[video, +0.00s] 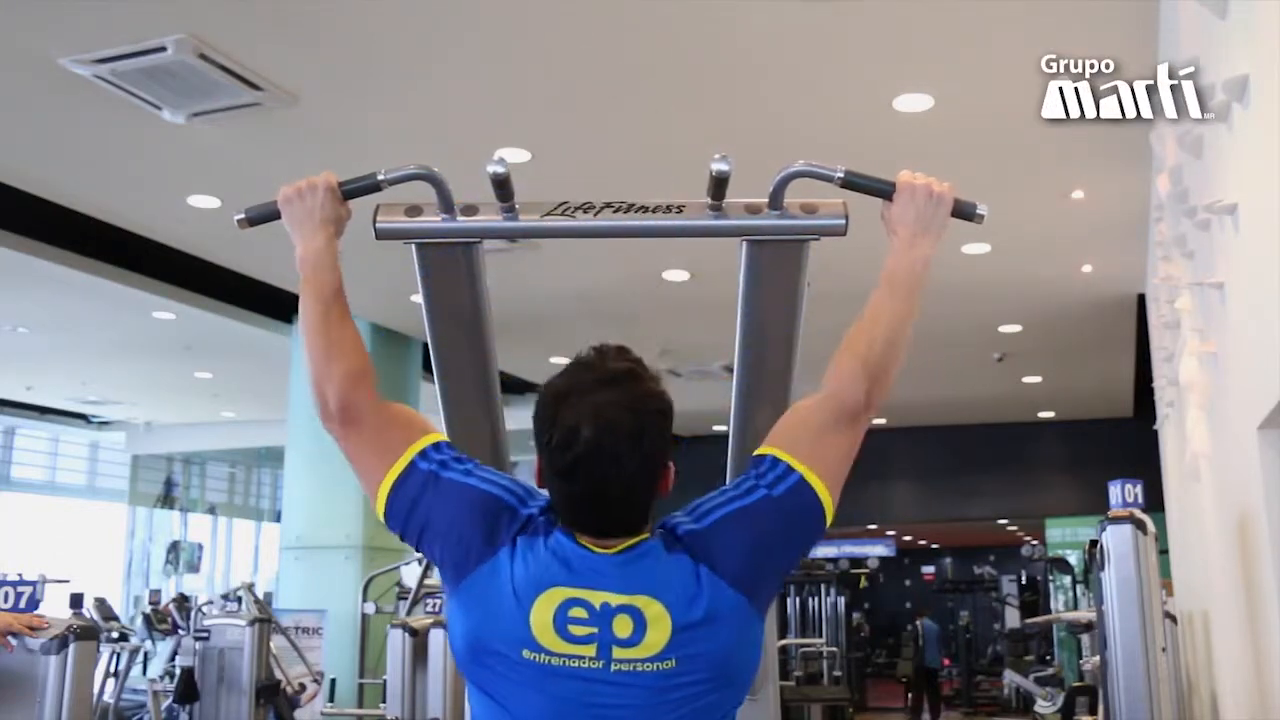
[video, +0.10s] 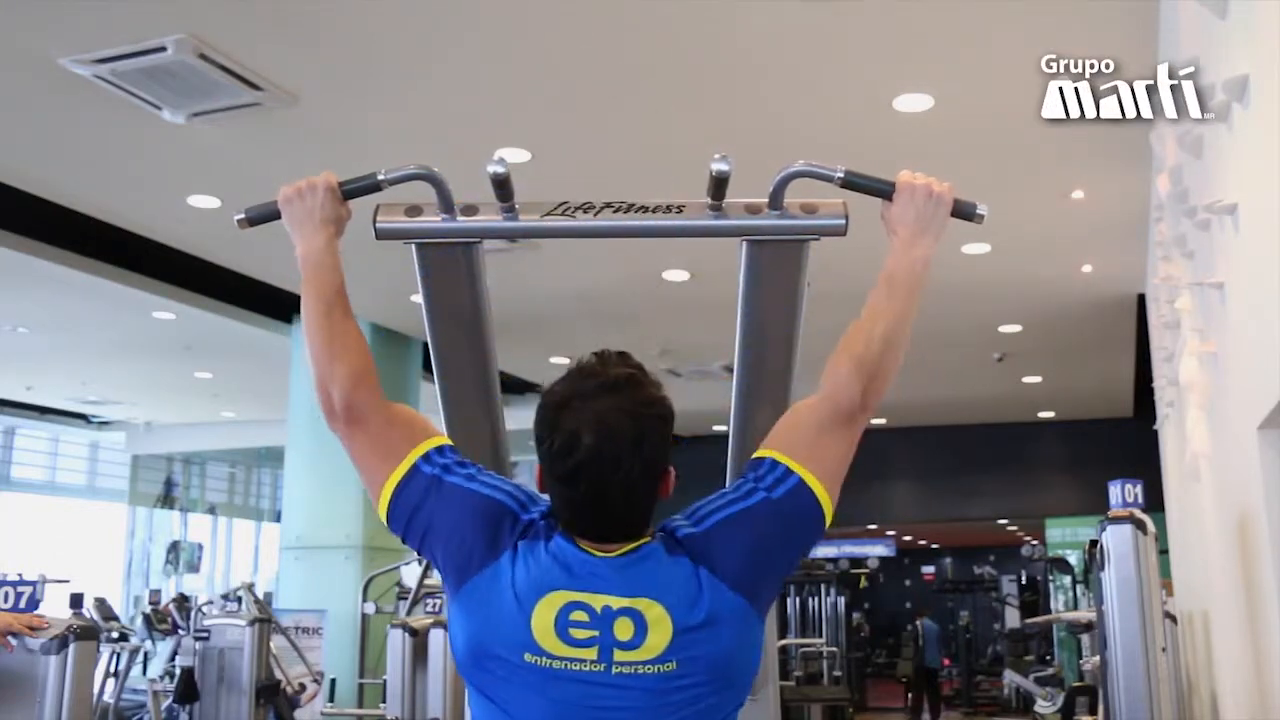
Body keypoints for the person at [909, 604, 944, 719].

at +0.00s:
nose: (916, 618)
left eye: (916, 616)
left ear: (917, 615)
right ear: (928, 614)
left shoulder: (917, 625)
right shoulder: (935, 627)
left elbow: (917, 644)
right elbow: (938, 645)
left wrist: (914, 659)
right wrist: (939, 659)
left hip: (921, 664)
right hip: (934, 664)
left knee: (918, 692)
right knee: (933, 691)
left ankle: (916, 715)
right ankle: (935, 715)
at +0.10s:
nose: (916, 618)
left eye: (916, 616)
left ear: (917, 615)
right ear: (927, 614)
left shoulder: (917, 625)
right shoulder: (935, 627)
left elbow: (916, 644)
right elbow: (938, 645)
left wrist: (914, 659)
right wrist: (939, 659)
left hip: (921, 664)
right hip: (934, 664)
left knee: (918, 692)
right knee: (933, 692)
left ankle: (916, 715)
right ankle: (935, 715)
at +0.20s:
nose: (916, 618)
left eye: (916, 616)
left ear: (917, 615)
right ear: (928, 614)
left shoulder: (917, 626)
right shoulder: (935, 627)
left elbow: (916, 644)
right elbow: (938, 645)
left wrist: (914, 659)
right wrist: (939, 659)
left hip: (921, 664)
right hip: (934, 664)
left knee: (918, 692)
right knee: (933, 691)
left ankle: (916, 715)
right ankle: (935, 715)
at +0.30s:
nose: (916, 618)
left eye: (916, 616)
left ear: (917, 615)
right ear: (927, 614)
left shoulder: (917, 625)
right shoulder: (935, 627)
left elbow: (916, 645)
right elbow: (938, 645)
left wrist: (914, 659)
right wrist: (939, 660)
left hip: (921, 664)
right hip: (934, 664)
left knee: (917, 692)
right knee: (934, 692)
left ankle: (916, 715)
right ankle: (935, 715)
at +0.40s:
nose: (916, 618)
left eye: (916, 616)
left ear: (917, 615)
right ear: (928, 614)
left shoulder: (917, 626)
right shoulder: (935, 627)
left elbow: (916, 645)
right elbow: (939, 645)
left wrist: (913, 659)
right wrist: (939, 660)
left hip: (921, 664)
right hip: (934, 664)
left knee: (918, 692)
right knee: (934, 692)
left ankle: (916, 715)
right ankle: (935, 715)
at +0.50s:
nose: (916, 619)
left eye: (916, 616)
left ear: (917, 615)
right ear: (928, 614)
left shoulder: (917, 626)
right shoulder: (935, 627)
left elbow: (916, 644)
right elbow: (939, 645)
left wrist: (914, 659)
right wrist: (939, 659)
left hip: (920, 664)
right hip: (934, 664)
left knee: (918, 692)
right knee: (933, 692)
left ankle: (916, 715)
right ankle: (935, 715)